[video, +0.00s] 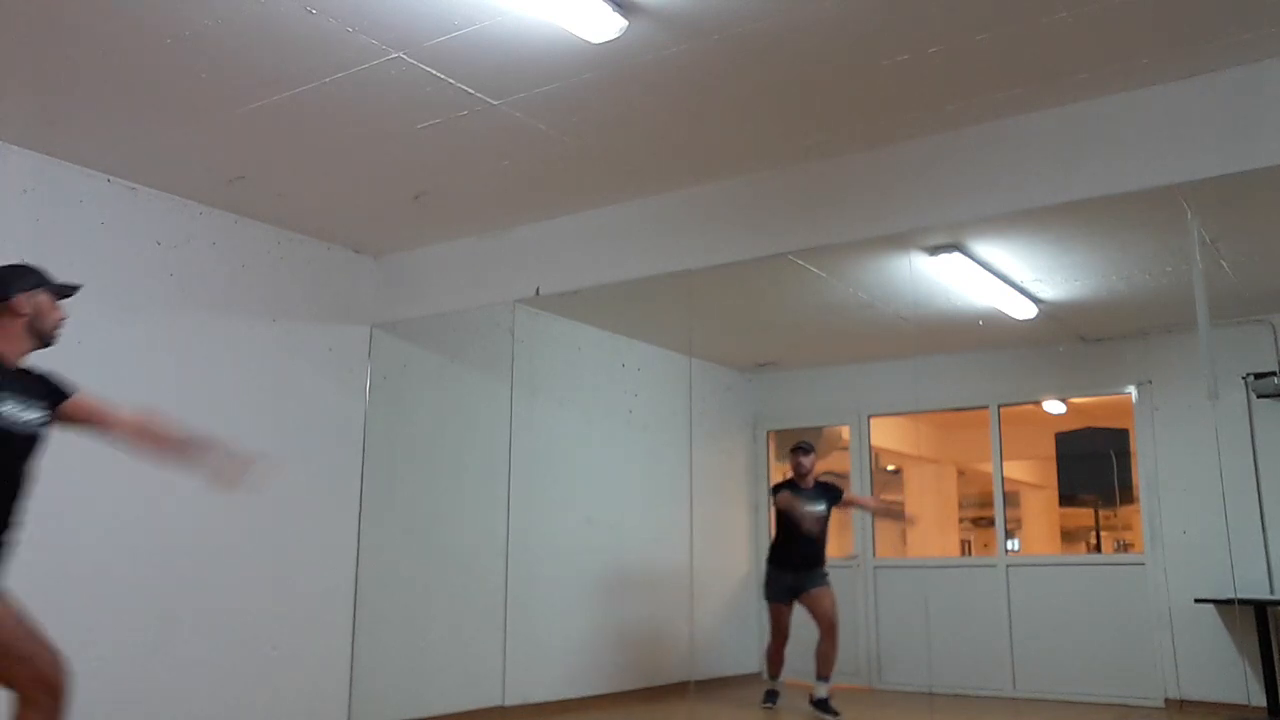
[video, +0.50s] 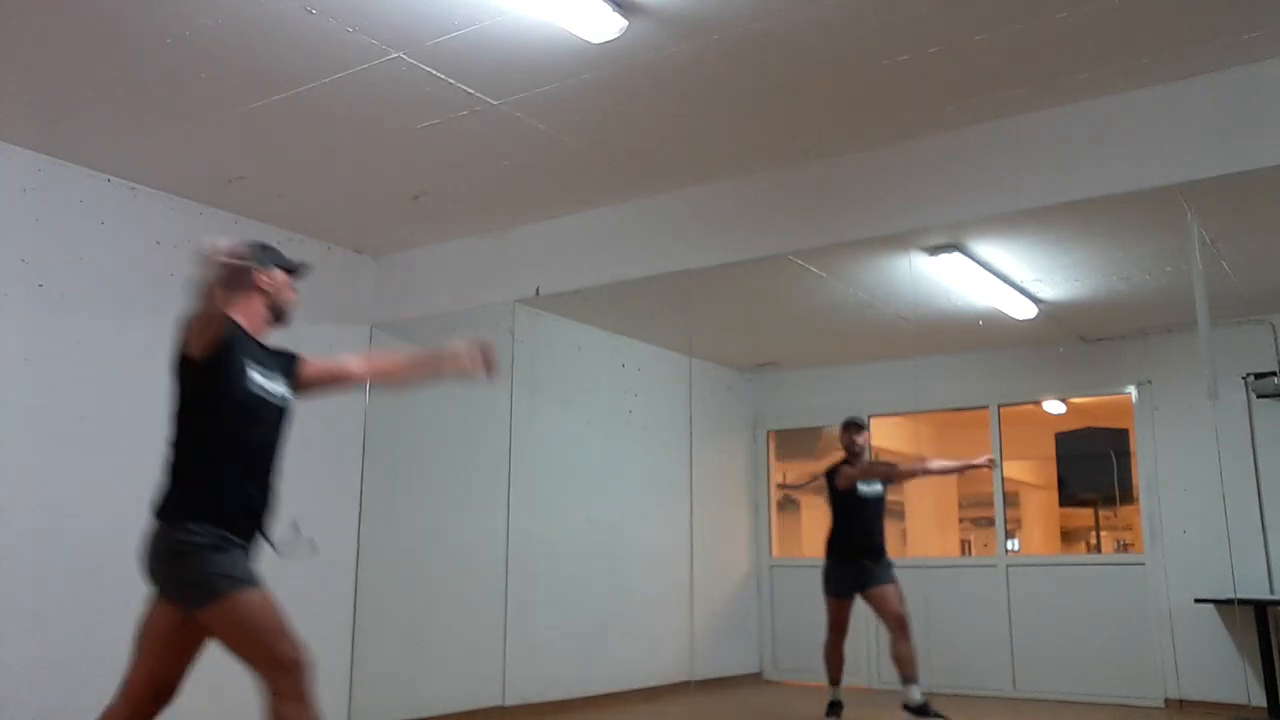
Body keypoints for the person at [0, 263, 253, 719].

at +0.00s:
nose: (61, 311)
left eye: (59, 301)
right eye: (52, 301)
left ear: (21, 308)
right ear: (18, 305)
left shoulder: (35, 389)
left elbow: (124, 424)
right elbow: (122, 424)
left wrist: (207, 454)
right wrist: (207, 454)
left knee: (42, 680)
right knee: (43, 678)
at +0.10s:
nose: (104, 281)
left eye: (100, 272)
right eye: (95, 272)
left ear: (66, 280)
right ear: (64, 278)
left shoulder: (92, 356)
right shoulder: (15, 339)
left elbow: (183, 354)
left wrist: (271, 350)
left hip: (38, 545)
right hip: (13, 545)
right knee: (73, 682)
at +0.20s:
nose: (152, 242)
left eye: (149, 233)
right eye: (143, 232)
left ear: (117, 241)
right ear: (112, 238)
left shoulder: (145, 315)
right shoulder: (66, 290)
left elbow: (227, 301)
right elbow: (19, 258)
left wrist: (308, 283)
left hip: (91, 498)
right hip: (65, 494)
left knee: (34, 652)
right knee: (68, 661)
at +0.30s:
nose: (202, 230)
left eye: (198, 219)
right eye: (193, 218)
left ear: (164, 229)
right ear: (164, 224)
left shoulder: (195, 301)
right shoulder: (121, 276)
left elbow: (274, 282)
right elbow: (81, 242)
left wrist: (348, 260)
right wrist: (48, 208)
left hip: (140, 483)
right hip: (109, 478)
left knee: (99, 642)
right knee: (117, 643)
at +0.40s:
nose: (250, 249)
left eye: (246, 240)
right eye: (241, 238)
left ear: (215, 247)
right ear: (213, 242)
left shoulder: (242, 323)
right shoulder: (170, 295)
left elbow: (320, 305)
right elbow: (139, 265)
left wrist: (400, 284)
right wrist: (120, 233)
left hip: (174, 509)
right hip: (144, 504)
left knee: (130, 667)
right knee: (209, 656)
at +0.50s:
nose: (296, 287)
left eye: (294, 278)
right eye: (288, 275)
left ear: (264, 283)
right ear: (258, 278)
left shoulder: (283, 365)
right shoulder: (212, 341)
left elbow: (365, 368)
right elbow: (208, 322)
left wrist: (451, 359)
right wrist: (218, 284)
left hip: (223, 548)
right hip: (193, 543)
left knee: (140, 700)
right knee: (288, 671)